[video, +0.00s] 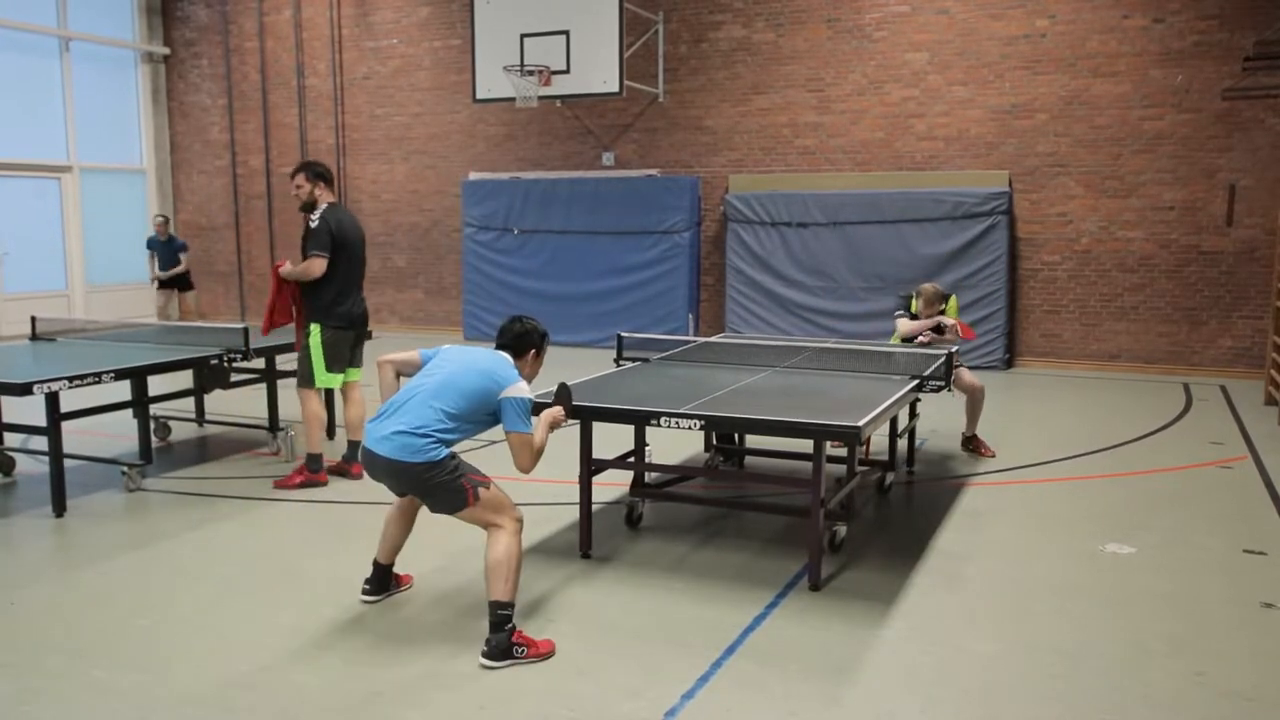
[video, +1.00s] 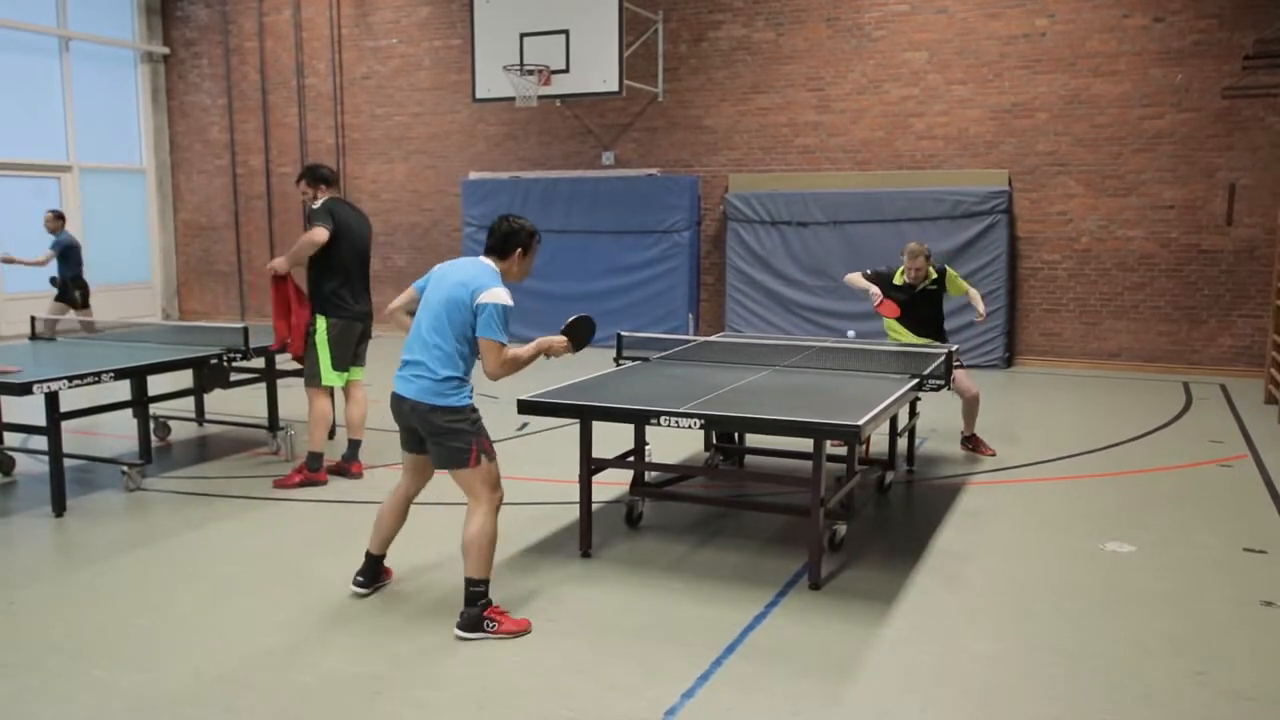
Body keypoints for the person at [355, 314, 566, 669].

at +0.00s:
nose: (539, 368)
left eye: (541, 359)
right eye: (541, 359)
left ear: (499, 345)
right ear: (531, 356)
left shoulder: (454, 352)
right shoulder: (513, 383)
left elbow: (387, 363)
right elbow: (526, 461)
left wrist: (391, 419)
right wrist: (545, 421)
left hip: (374, 446)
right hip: (416, 456)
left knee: (413, 494)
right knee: (506, 520)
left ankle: (378, 579)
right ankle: (502, 639)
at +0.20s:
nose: (538, 363)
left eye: (540, 355)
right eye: (540, 354)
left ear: (499, 340)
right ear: (530, 350)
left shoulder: (454, 348)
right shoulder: (512, 379)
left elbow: (388, 361)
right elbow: (526, 458)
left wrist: (392, 416)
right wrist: (545, 418)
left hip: (374, 444)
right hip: (417, 454)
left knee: (413, 492)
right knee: (505, 520)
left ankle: (378, 579)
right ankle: (501, 639)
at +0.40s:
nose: (537, 339)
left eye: (538, 332)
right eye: (539, 331)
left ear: (499, 318)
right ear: (530, 327)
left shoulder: (454, 328)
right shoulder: (511, 357)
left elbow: (389, 347)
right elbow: (519, 437)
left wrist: (398, 403)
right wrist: (544, 403)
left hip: (379, 427)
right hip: (423, 438)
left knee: (410, 486)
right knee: (497, 517)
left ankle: (378, 578)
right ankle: (500, 638)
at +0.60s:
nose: (537, 302)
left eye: (536, 294)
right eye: (536, 294)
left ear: (494, 288)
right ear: (524, 294)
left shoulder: (448, 302)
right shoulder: (510, 328)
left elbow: (386, 331)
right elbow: (511, 408)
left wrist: (410, 380)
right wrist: (539, 380)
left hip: (391, 415)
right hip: (437, 424)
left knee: (408, 486)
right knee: (491, 518)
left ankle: (377, 577)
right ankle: (500, 637)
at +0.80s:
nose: (530, 280)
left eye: (531, 272)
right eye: (530, 272)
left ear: (490, 264)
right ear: (517, 269)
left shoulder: (441, 279)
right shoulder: (494, 301)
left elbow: (386, 317)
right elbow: (494, 378)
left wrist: (419, 353)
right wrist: (531, 358)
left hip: (395, 400)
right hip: (436, 405)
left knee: (411, 482)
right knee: (485, 494)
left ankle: (378, 577)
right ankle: (501, 608)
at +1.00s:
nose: (532, 266)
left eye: (533, 258)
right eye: (531, 257)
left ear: (492, 250)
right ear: (517, 254)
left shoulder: (446, 268)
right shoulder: (492, 287)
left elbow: (396, 310)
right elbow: (497, 367)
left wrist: (438, 337)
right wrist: (540, 347)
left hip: (407, 396)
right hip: (445, 403)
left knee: (411, 480)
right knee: (486, 496)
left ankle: (369, 571)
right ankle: (476, 610)